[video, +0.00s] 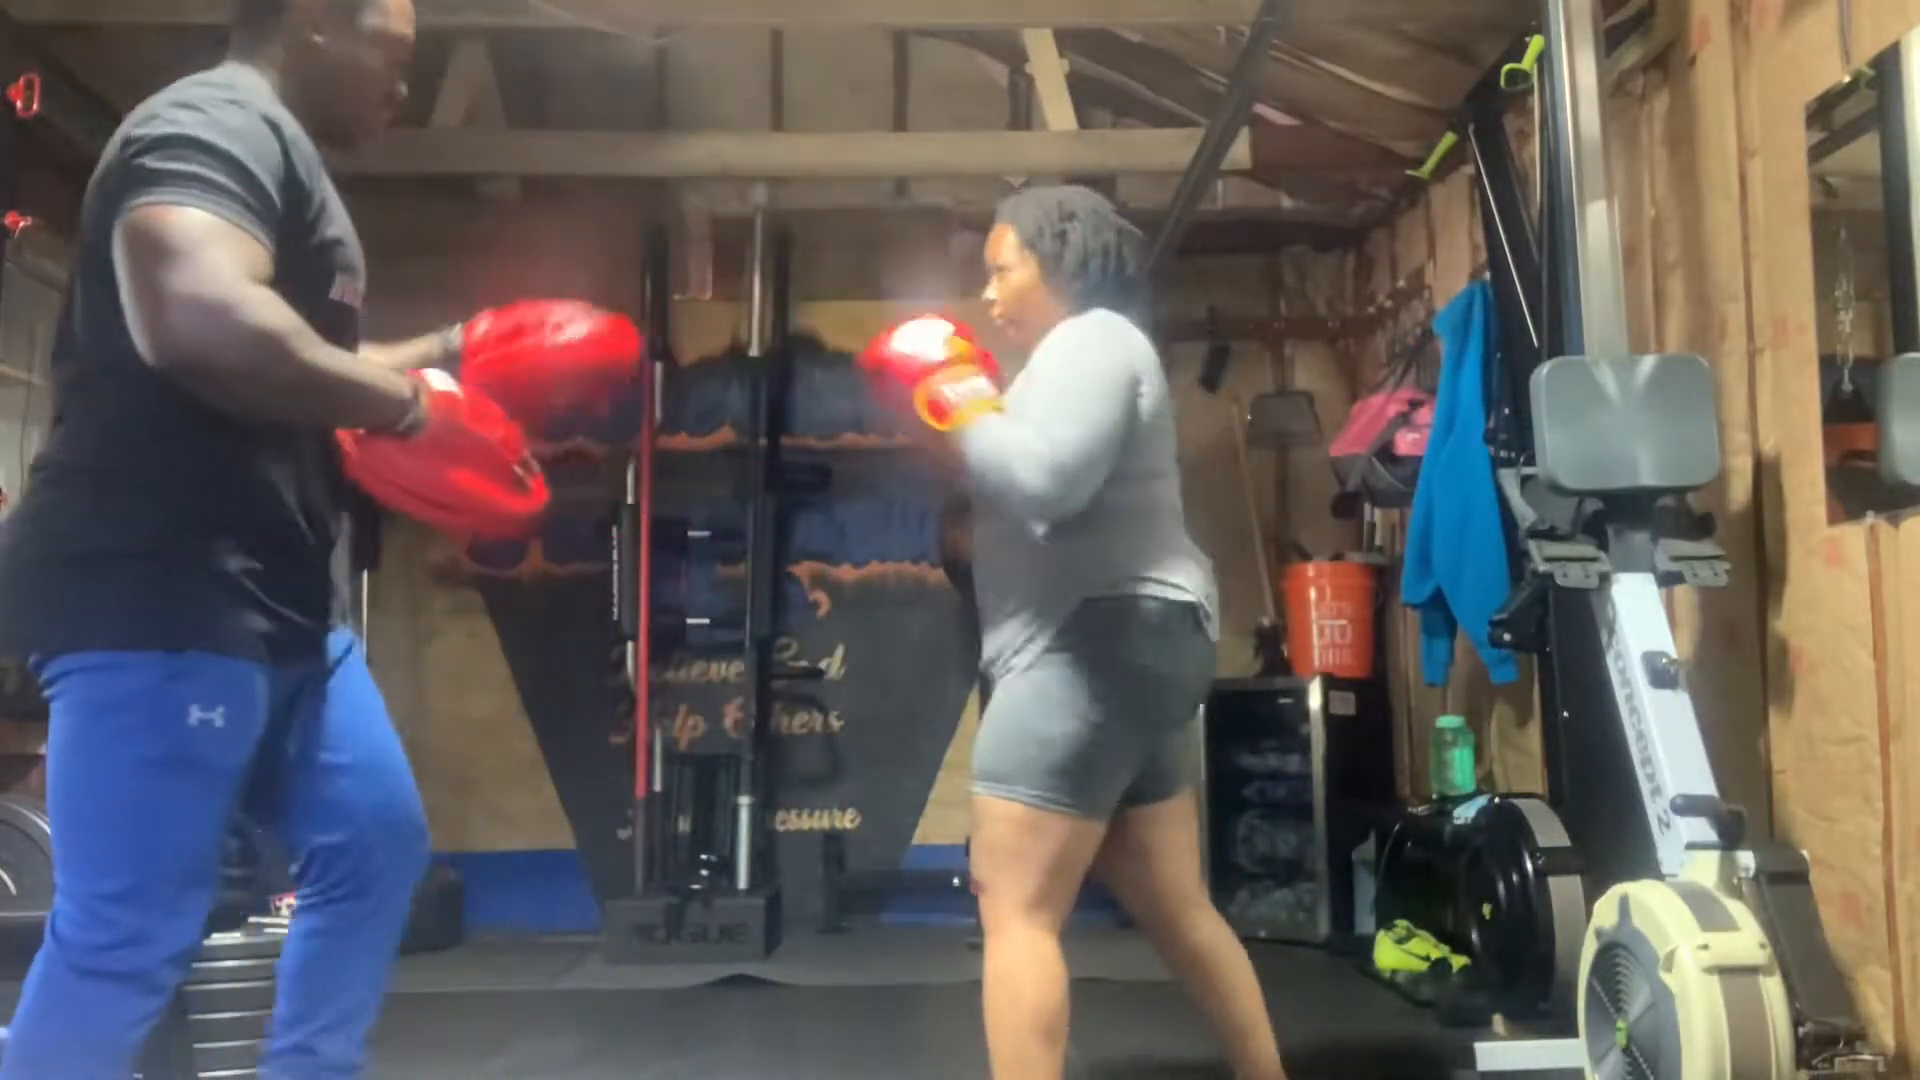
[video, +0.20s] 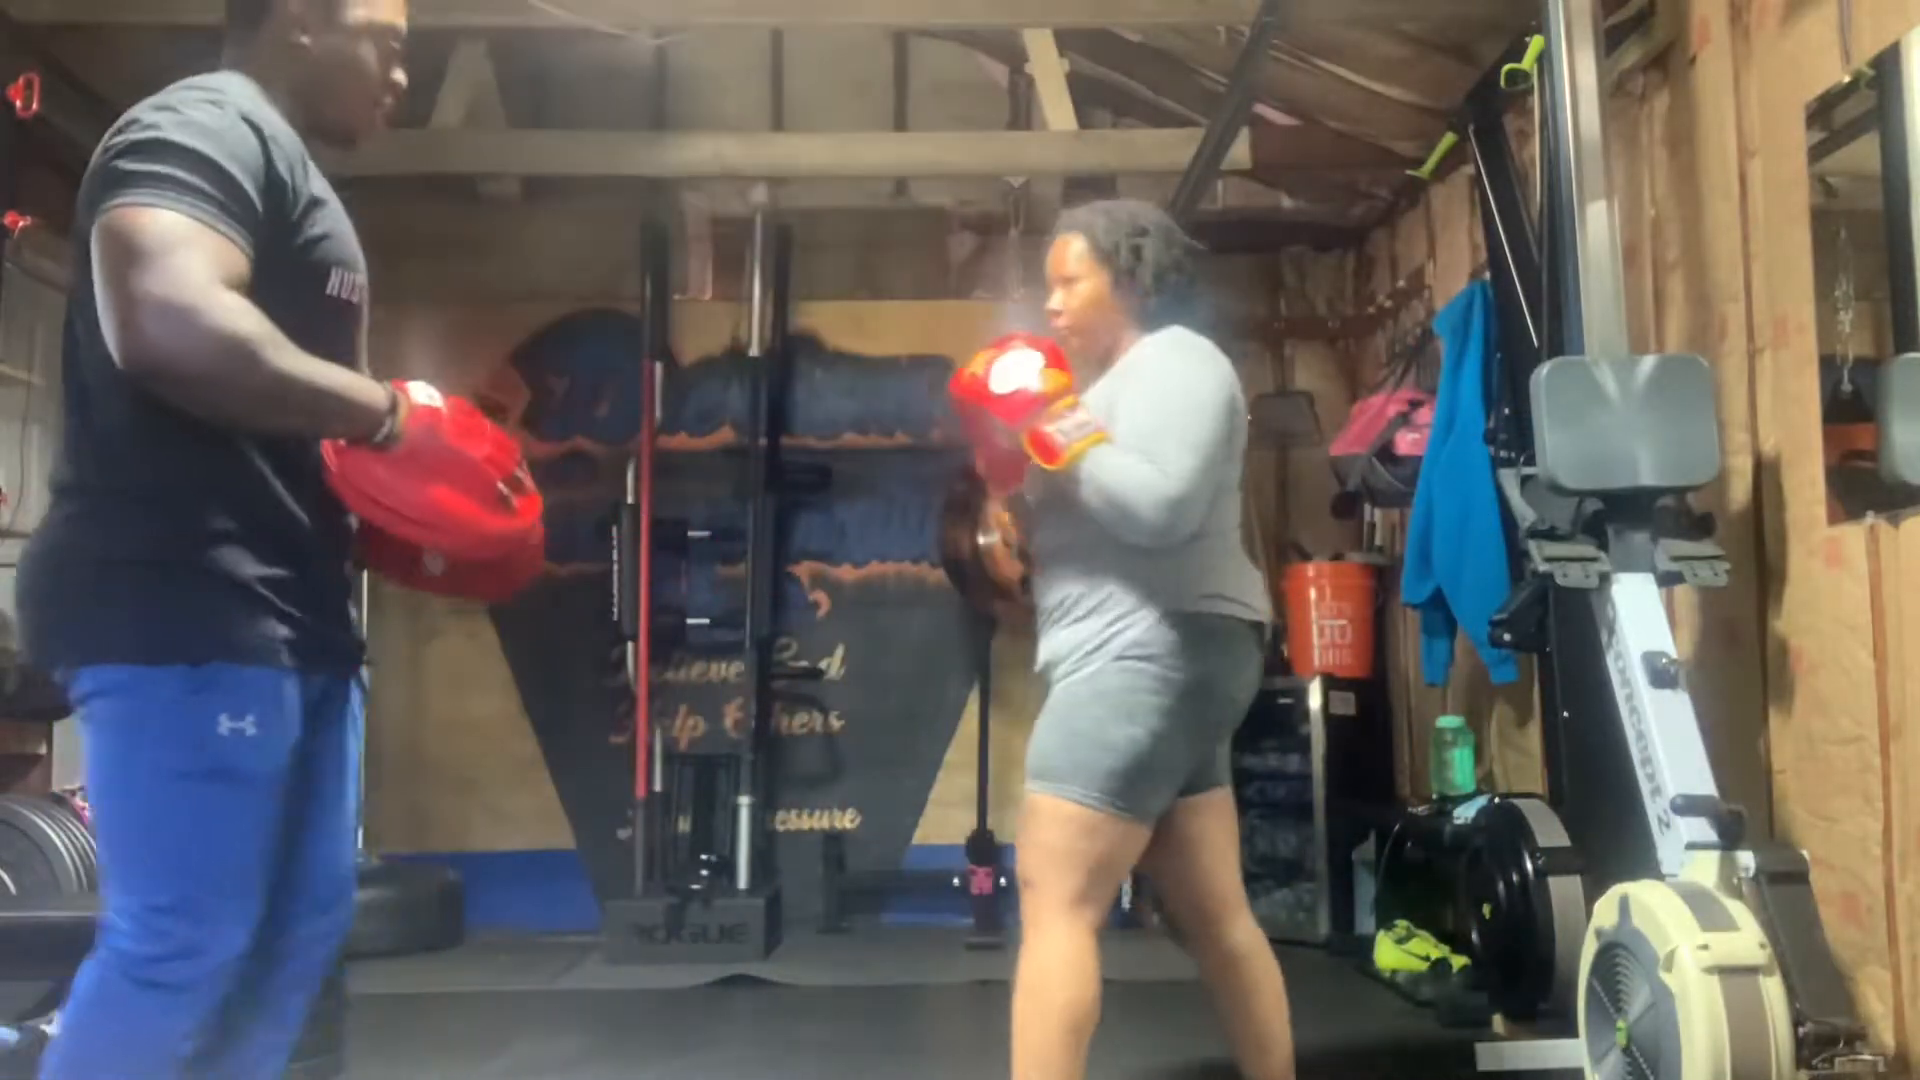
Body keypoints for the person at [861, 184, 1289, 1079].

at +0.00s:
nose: (988, 294)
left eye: (1003, 272)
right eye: (989, 274)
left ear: (1062, 268)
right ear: (1065, 272)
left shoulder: (1094, 343)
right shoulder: (1093, 351)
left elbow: (1045, 481)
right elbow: (1034, 477)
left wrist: (969, 406)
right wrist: (971, 410)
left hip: (1098, 632)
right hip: (1150, 633)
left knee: (1018, 907)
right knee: (1176, 907)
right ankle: (1266, 1071)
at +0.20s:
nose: (1052, 303)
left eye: (1070, 282)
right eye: (1051, 284)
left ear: (1131, 280)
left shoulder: (1182, 362)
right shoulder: (1099, 389)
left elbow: (1157, 506)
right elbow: (1057, 543)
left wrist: (1058, 428)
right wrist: (1008, 468)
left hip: (1156, 642)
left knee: (1058, 902)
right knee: (1218, 920)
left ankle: (1040, 1073)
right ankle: (1274, 1073)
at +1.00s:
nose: (991, 316)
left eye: (1012, 298)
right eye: (986, 298)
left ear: (1073, 300)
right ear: (981, 302)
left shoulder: (1115, 391)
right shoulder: (1012, 406)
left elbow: (1143, 537)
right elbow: (997, 559)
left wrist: (1011, 503)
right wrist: (912, 521)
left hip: (1119, 652)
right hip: (1054, 658)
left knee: (1004, 882)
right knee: (1181, 910)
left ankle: (974, 1073)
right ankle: (1267, 1072)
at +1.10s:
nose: (956, 318)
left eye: (977, 299)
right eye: (949, 297)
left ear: (1034, 301)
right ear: (937, 291)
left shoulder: (1063, 385)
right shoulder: (991, 394)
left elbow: (1101, 536)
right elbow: (978, 551)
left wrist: (985, 518)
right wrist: (862, 580)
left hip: (1083, 640)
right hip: (1048, 641)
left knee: (994, 885)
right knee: (1102, 905)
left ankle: (973, 1076)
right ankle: (1244, 1071)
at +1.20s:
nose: (939, 296)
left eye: (957, 275)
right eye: (927, 276)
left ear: (1009, 277)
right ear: (919, 288)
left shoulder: (1053, 381)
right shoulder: (929, 388)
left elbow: (1073, 521)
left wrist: (958, 514)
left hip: (1056, 632)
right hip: (960, 635)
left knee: (971, 879)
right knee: (1003, 882)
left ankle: (965, 1074)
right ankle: (1160, 1040)